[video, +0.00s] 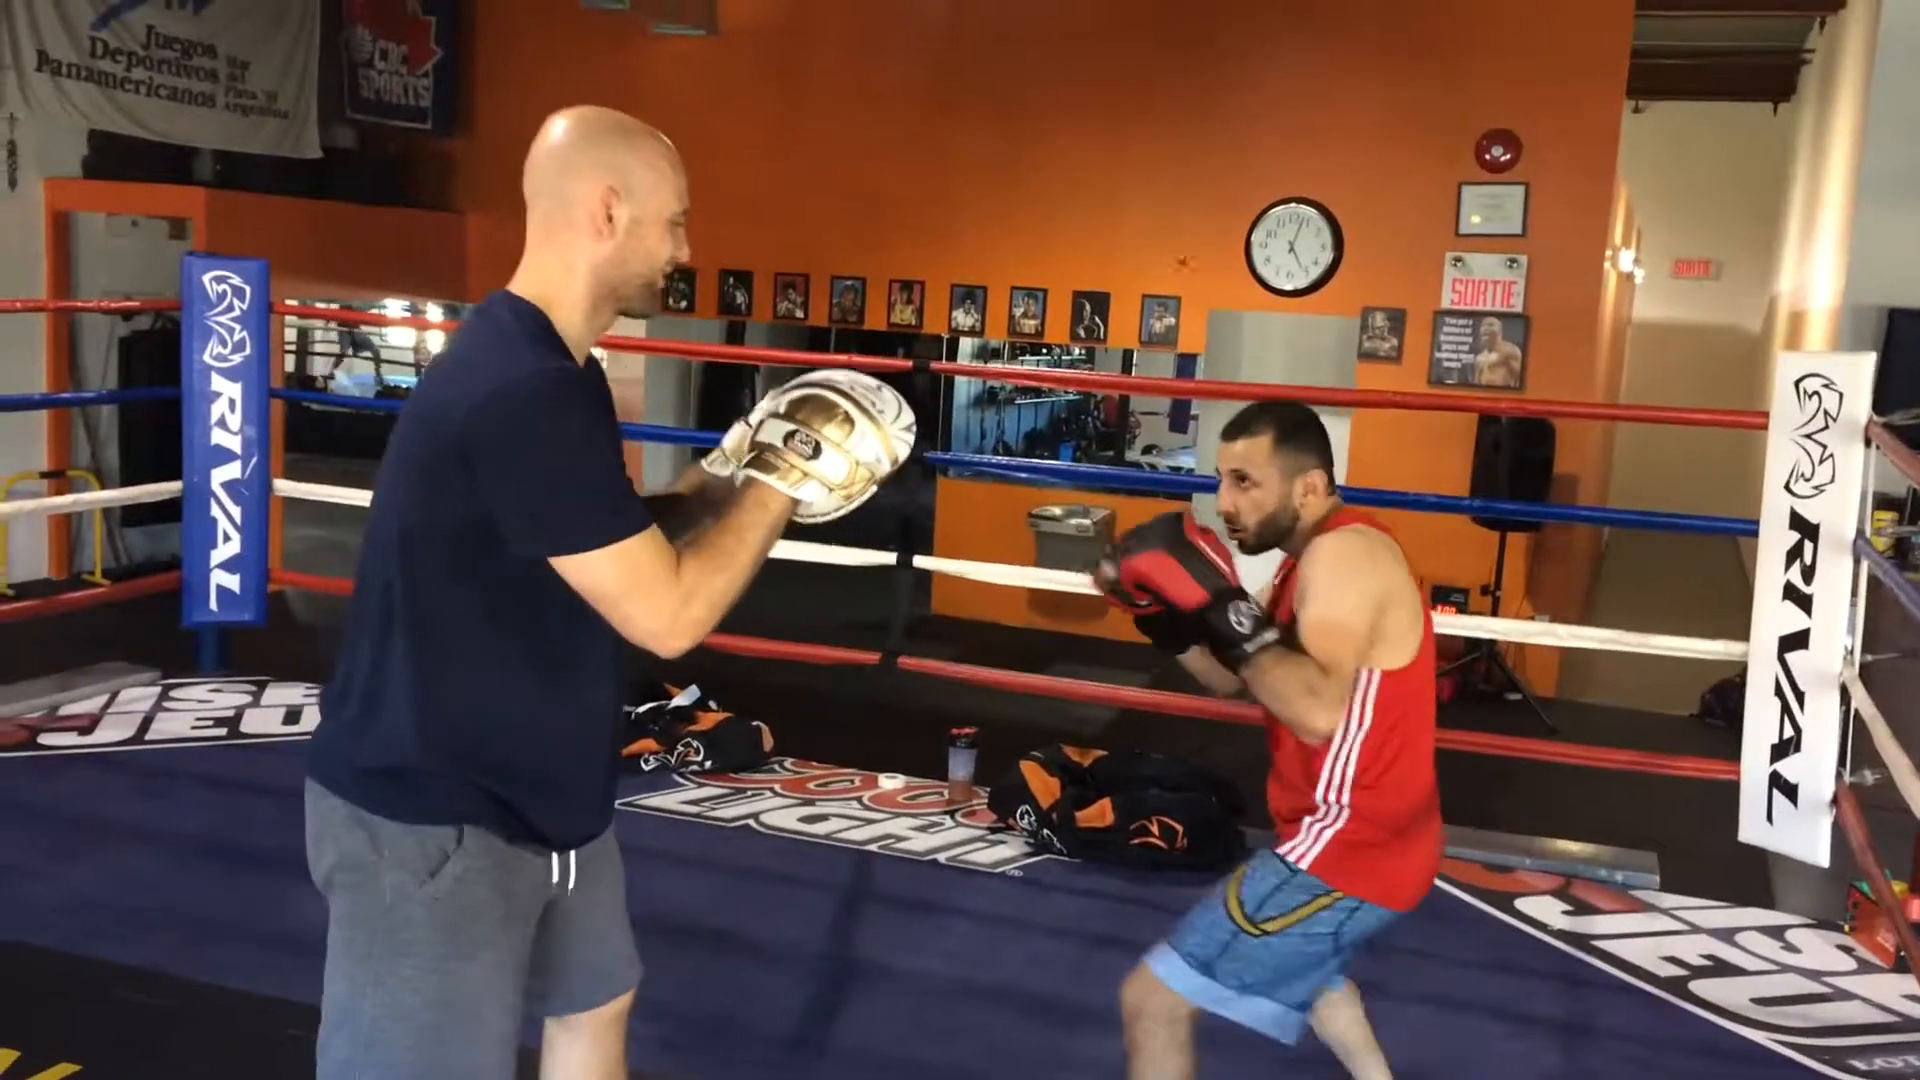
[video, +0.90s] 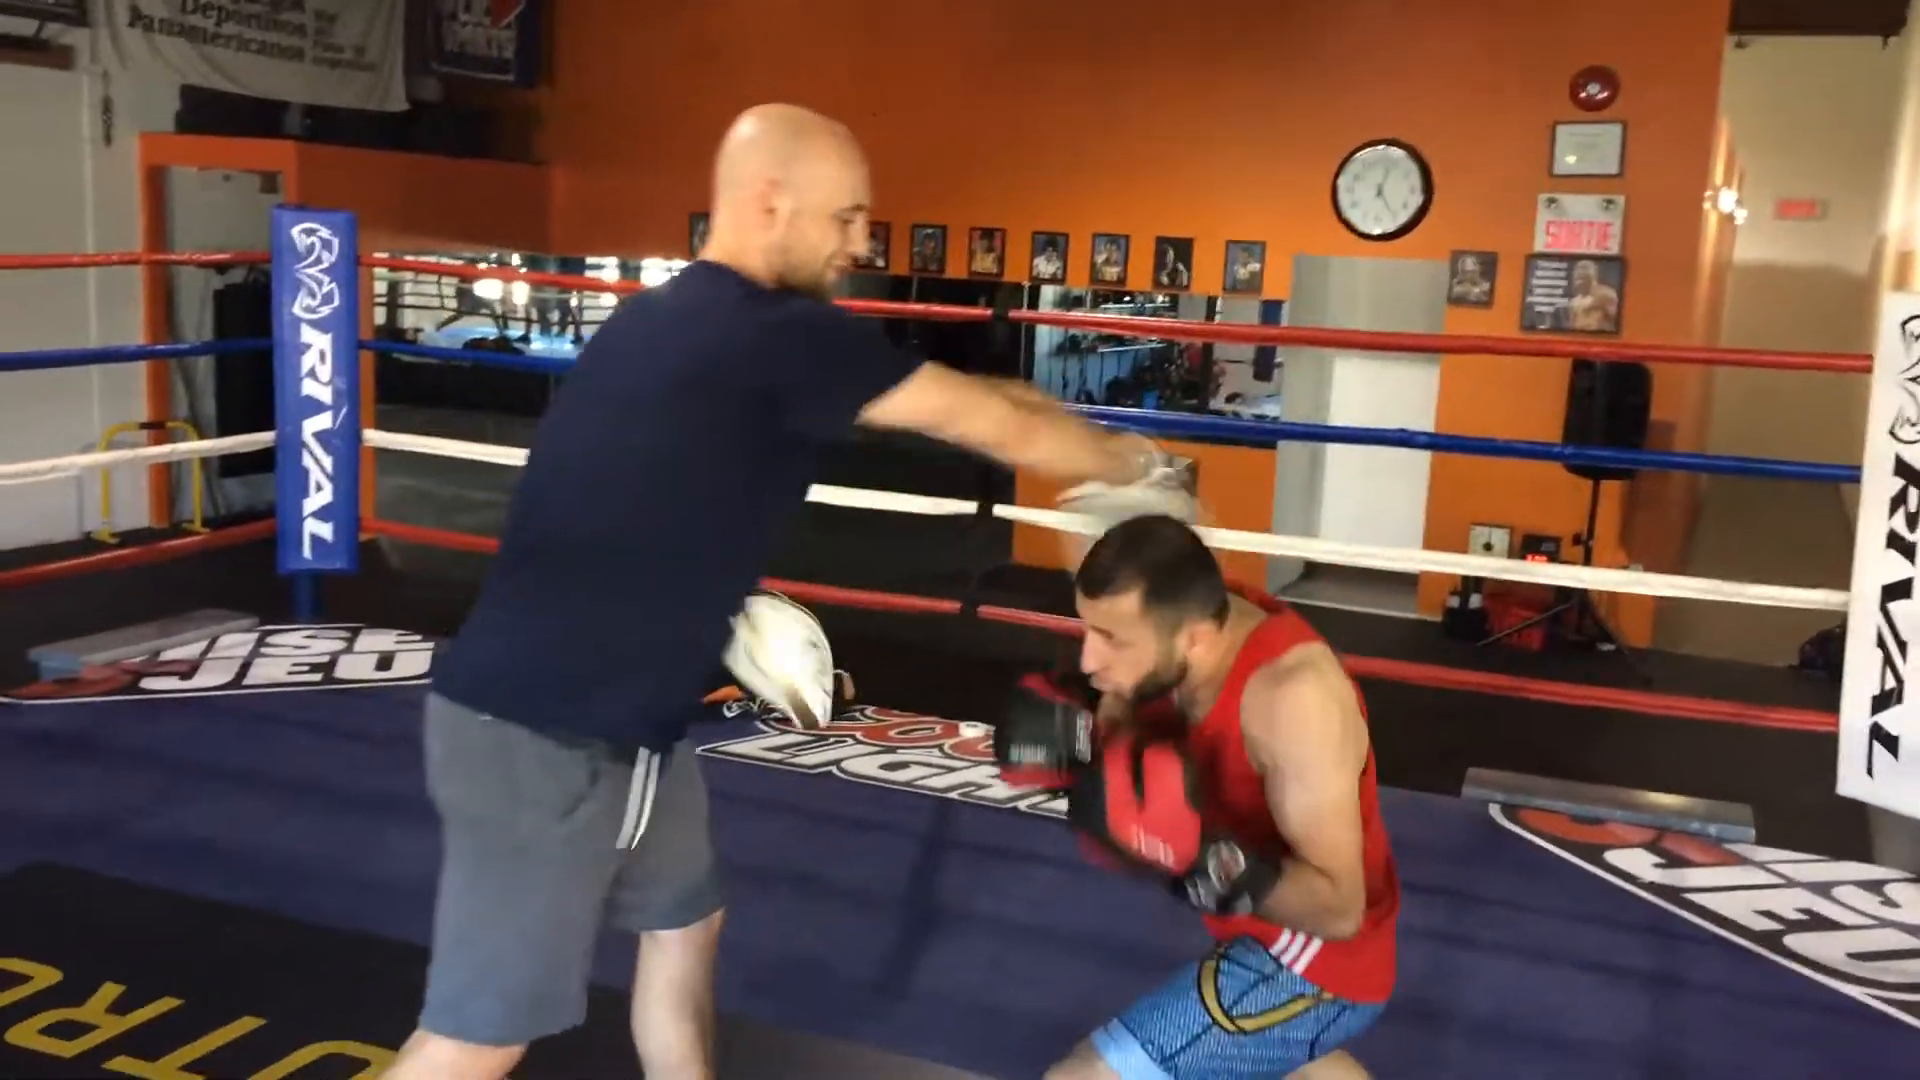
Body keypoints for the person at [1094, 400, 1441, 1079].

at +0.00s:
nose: (1224, 503)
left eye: (1244, 483)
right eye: (1222, 483)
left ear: (1309, 487)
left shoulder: (1347, 556)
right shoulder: (1310, 560)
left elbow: (1318, 709)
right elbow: (1233, 679)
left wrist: (1227, 610)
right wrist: (1162, 618)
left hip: (1349, 849)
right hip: (1340, 836)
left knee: (1153, 998)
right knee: (1304, 966)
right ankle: (1375, 1075)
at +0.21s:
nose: (1178, 500)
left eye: (1202, 480)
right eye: (1178, 479)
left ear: (1270, 492)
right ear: (1270, 499)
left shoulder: (1291, 565)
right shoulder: (1284, 564)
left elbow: (1247, 675)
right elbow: (1194, 695)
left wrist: (1141, 586)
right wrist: (1113, 631)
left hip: (1276, 879)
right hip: (1334, 875)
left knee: (1077, 1043)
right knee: (1309, 990)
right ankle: (1385, 1078)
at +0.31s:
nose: (1132, 497)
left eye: (1157, 479)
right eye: (1135, 475)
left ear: (1225, 496)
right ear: (1228, 504)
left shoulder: (1234, 565)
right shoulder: (1268, 569)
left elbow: (1075, 573)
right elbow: (1247, 703)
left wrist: (972, 522)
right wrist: (1125, 670)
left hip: (1226, 918)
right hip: (1273, 909)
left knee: (1096, 1067)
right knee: (1229, 1014)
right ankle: (1331, 1058)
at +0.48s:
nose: (1082, 489)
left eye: (1105, 467)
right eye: (1087, 466)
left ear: (1177, 481)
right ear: (1171, 485)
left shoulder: (1247, 571)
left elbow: (1295, 753)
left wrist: (1164, 758)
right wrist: (970, 601)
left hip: (1227, 907)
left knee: (1047, 1068)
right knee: (1222, 1061)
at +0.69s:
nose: (1107, 517)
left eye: (1126, 495)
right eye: (1108, 493)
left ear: (1198, 498)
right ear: (1209, 503)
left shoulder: (1200, 555)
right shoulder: (1290, 560)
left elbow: (1118, 663)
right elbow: (1156, 683)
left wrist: (1015, 603)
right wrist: (1036, 618)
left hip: (1251, 933)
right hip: (1338, 924)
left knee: (1023, 1072)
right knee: (1317, 1036)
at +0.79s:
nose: (1098, 589)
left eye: (1116, 561)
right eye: (1094, 561)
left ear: (1197, 557)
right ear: (1200, 558)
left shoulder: (1262, 633)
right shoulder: (1207, 605)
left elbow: (1275, 837)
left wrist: (1136, 762)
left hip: (1296, 958)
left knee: (1056, 1074)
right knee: (1291, 1045)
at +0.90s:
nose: (1087, 660)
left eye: (1112, 641)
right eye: (1087, 632)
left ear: (1193, 639)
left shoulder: (1298, 697)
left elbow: (1339, 906)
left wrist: (1204, 859)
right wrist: (1084, 746)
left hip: (1314, 961)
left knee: (1082, 1073)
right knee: (1276, 1046)